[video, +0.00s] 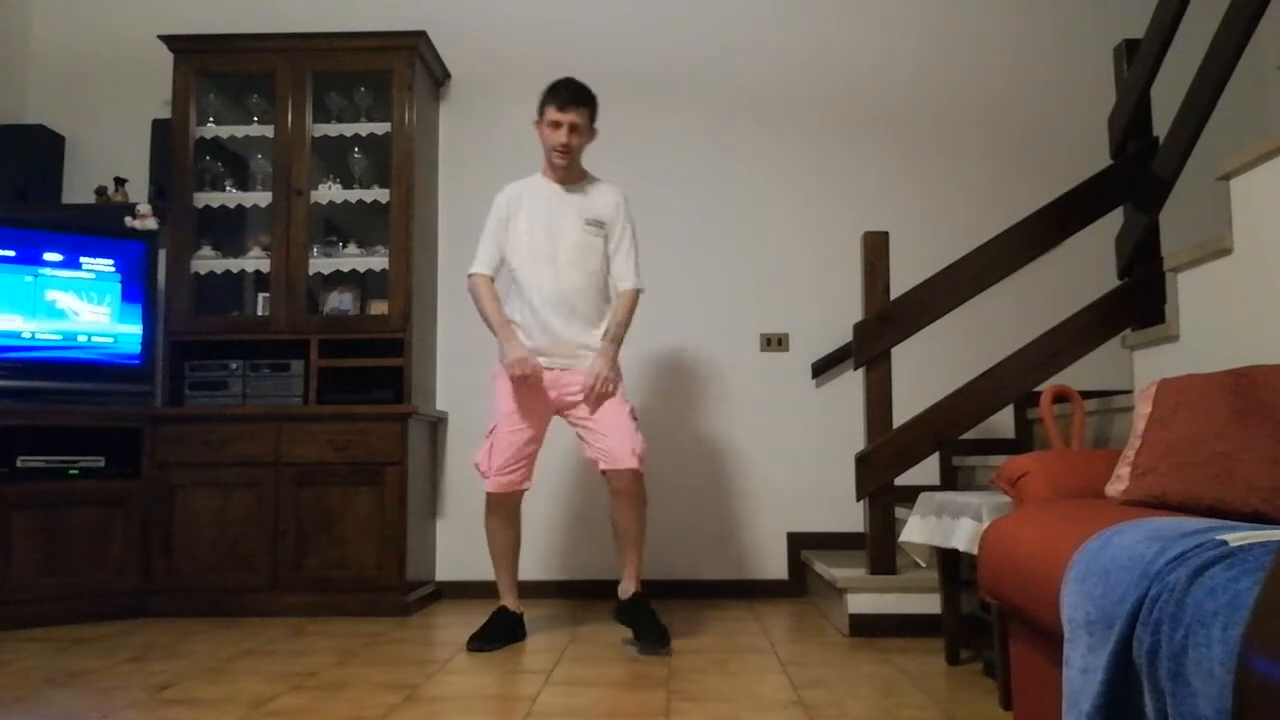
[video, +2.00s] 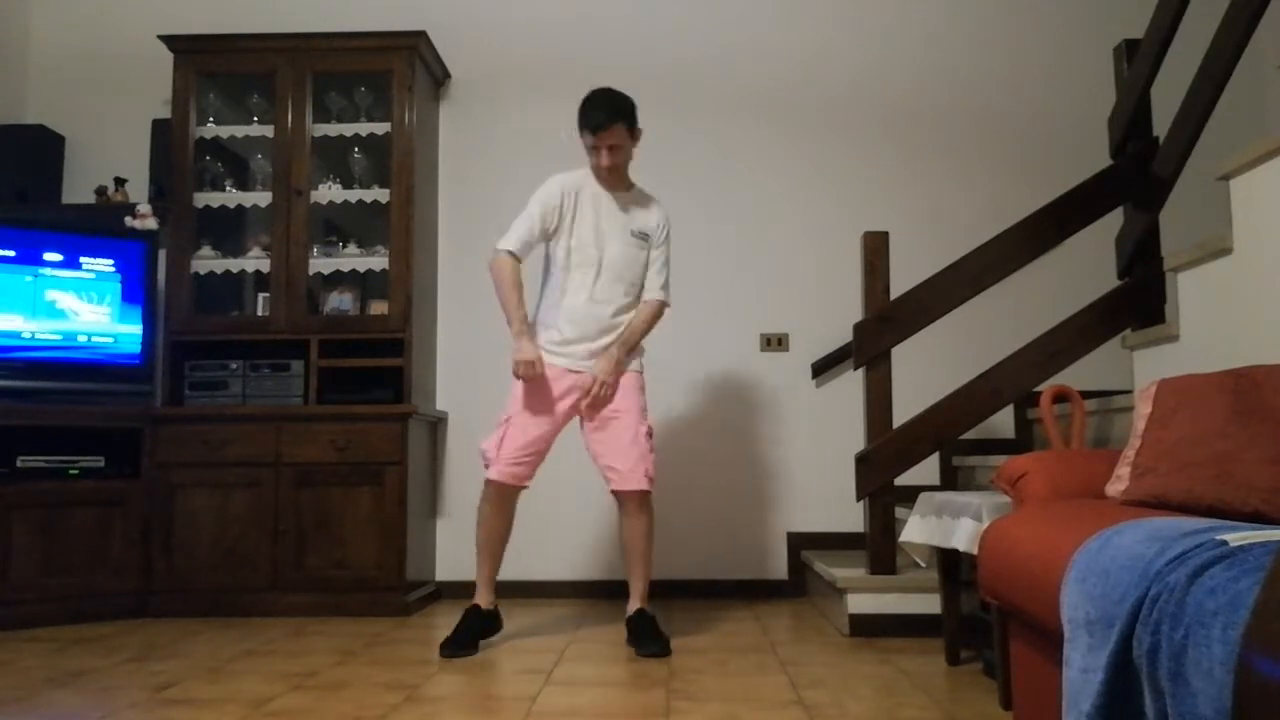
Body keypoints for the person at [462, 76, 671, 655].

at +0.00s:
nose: (562, 137)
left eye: (574, 128)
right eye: (554, 126)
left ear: (589, 134)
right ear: (538, 127)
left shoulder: (608, 200)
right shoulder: (512, 198)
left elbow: (628, 287)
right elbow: (480, 277)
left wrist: (609, 350)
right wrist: (508, 339)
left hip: (591, 368)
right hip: (524, 368)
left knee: (627, 469)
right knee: (501, 485)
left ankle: (632, 597)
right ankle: (508, 609)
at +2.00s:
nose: (604, 154)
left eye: (613, 142)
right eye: (594, 143)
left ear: (635, 137)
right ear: (583, 141)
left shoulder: (651, 214)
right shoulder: (561, 191)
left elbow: (655, 299)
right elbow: (504, 257)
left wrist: (615, 356)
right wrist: (522, 337)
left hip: (617, 371)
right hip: (547, 367)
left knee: (635, 489)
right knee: (501, 478)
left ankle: (638, 610)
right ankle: (483, 604)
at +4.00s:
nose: (563, 124)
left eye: (570, 113)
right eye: (552, 121)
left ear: (592, 116)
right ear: (544, 133)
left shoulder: (628, 175)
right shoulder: (540, 202)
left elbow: (670, 257)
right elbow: (493, 278)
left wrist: (630, 321)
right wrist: (497, 331)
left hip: (611, 366)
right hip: (541, 367)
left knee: (631, 486)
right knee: (499, 476)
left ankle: (640, 610)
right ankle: (508, 598)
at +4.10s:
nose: (579, 120)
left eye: (585, 106)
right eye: (567, 116)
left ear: (609, 106)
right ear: (561, 127)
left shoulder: (648, 182)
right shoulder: (549, 185)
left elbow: (673, 273)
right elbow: (480, 239)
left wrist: (624, 314)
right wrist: (499, 310)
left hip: (618, 366)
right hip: (546, 360)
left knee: (636, 484)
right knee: (493, 461)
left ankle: (639, 608)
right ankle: (500, 593)